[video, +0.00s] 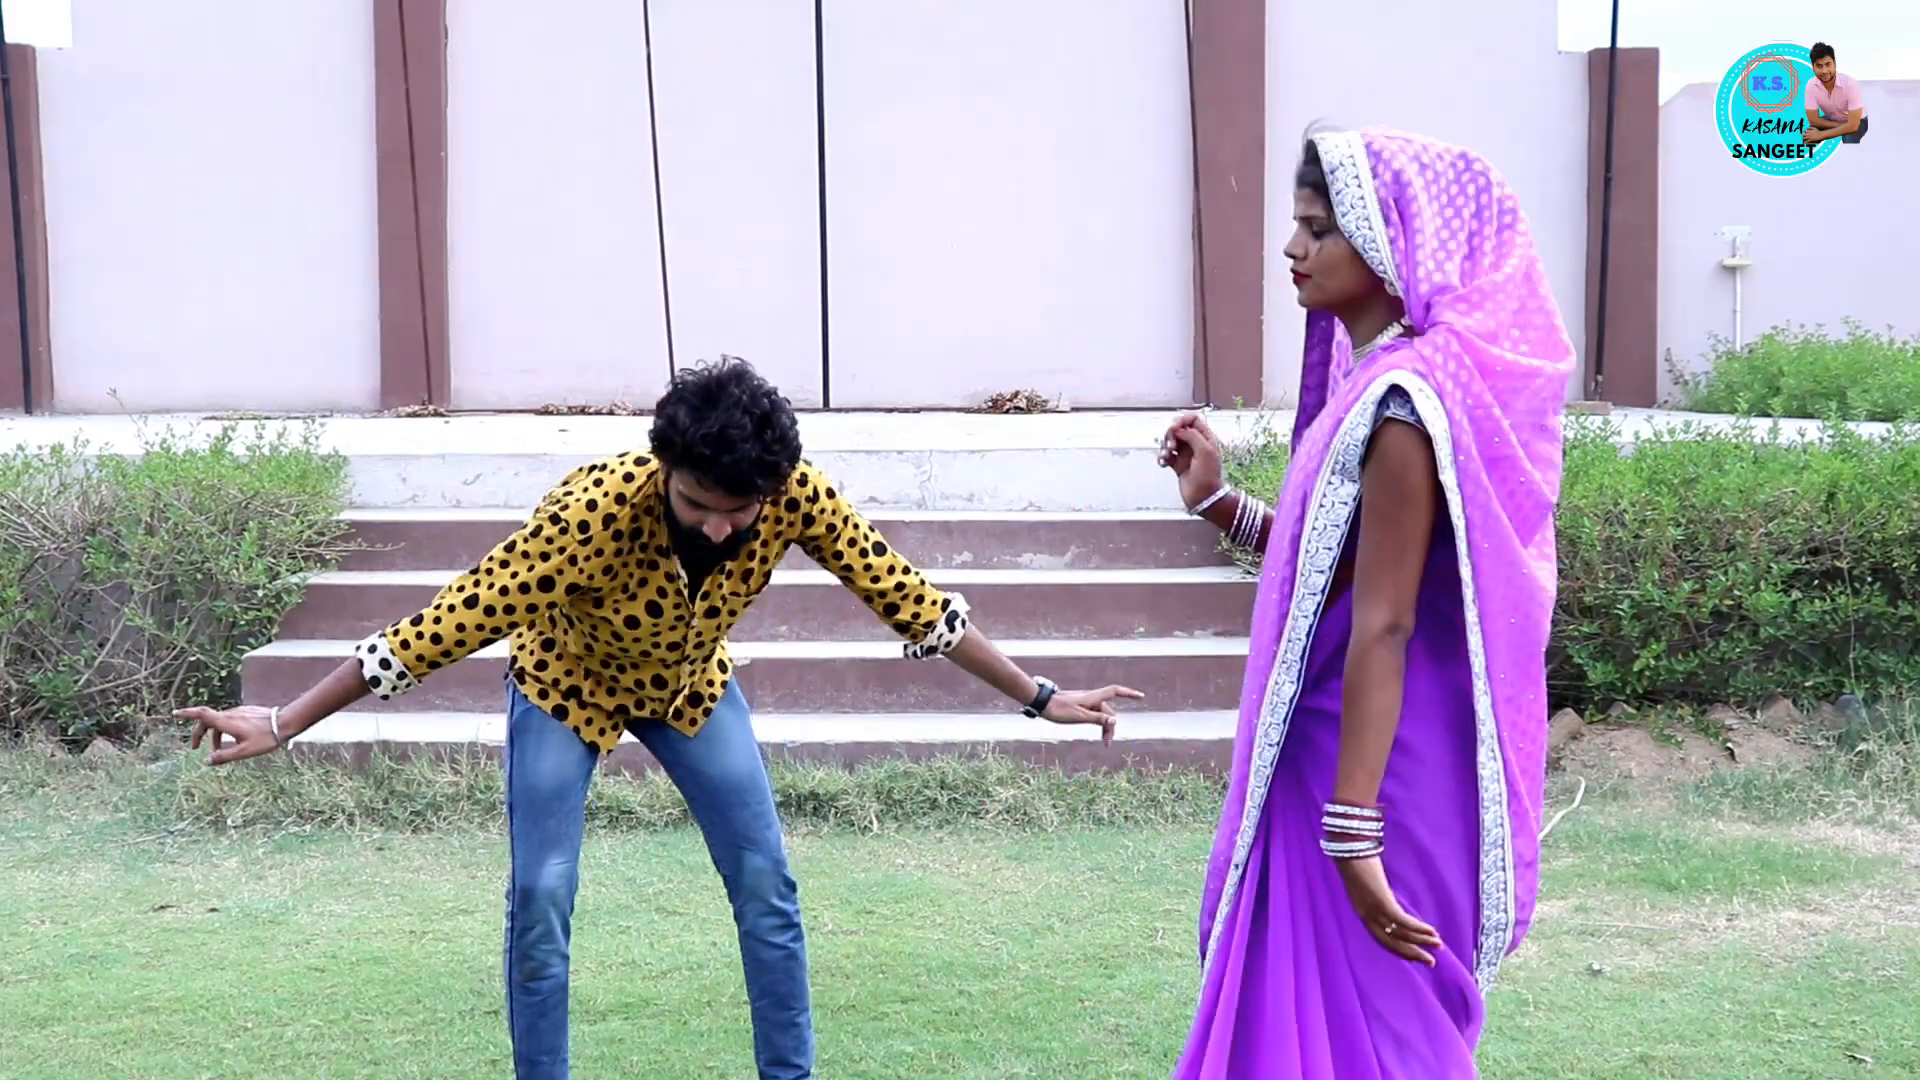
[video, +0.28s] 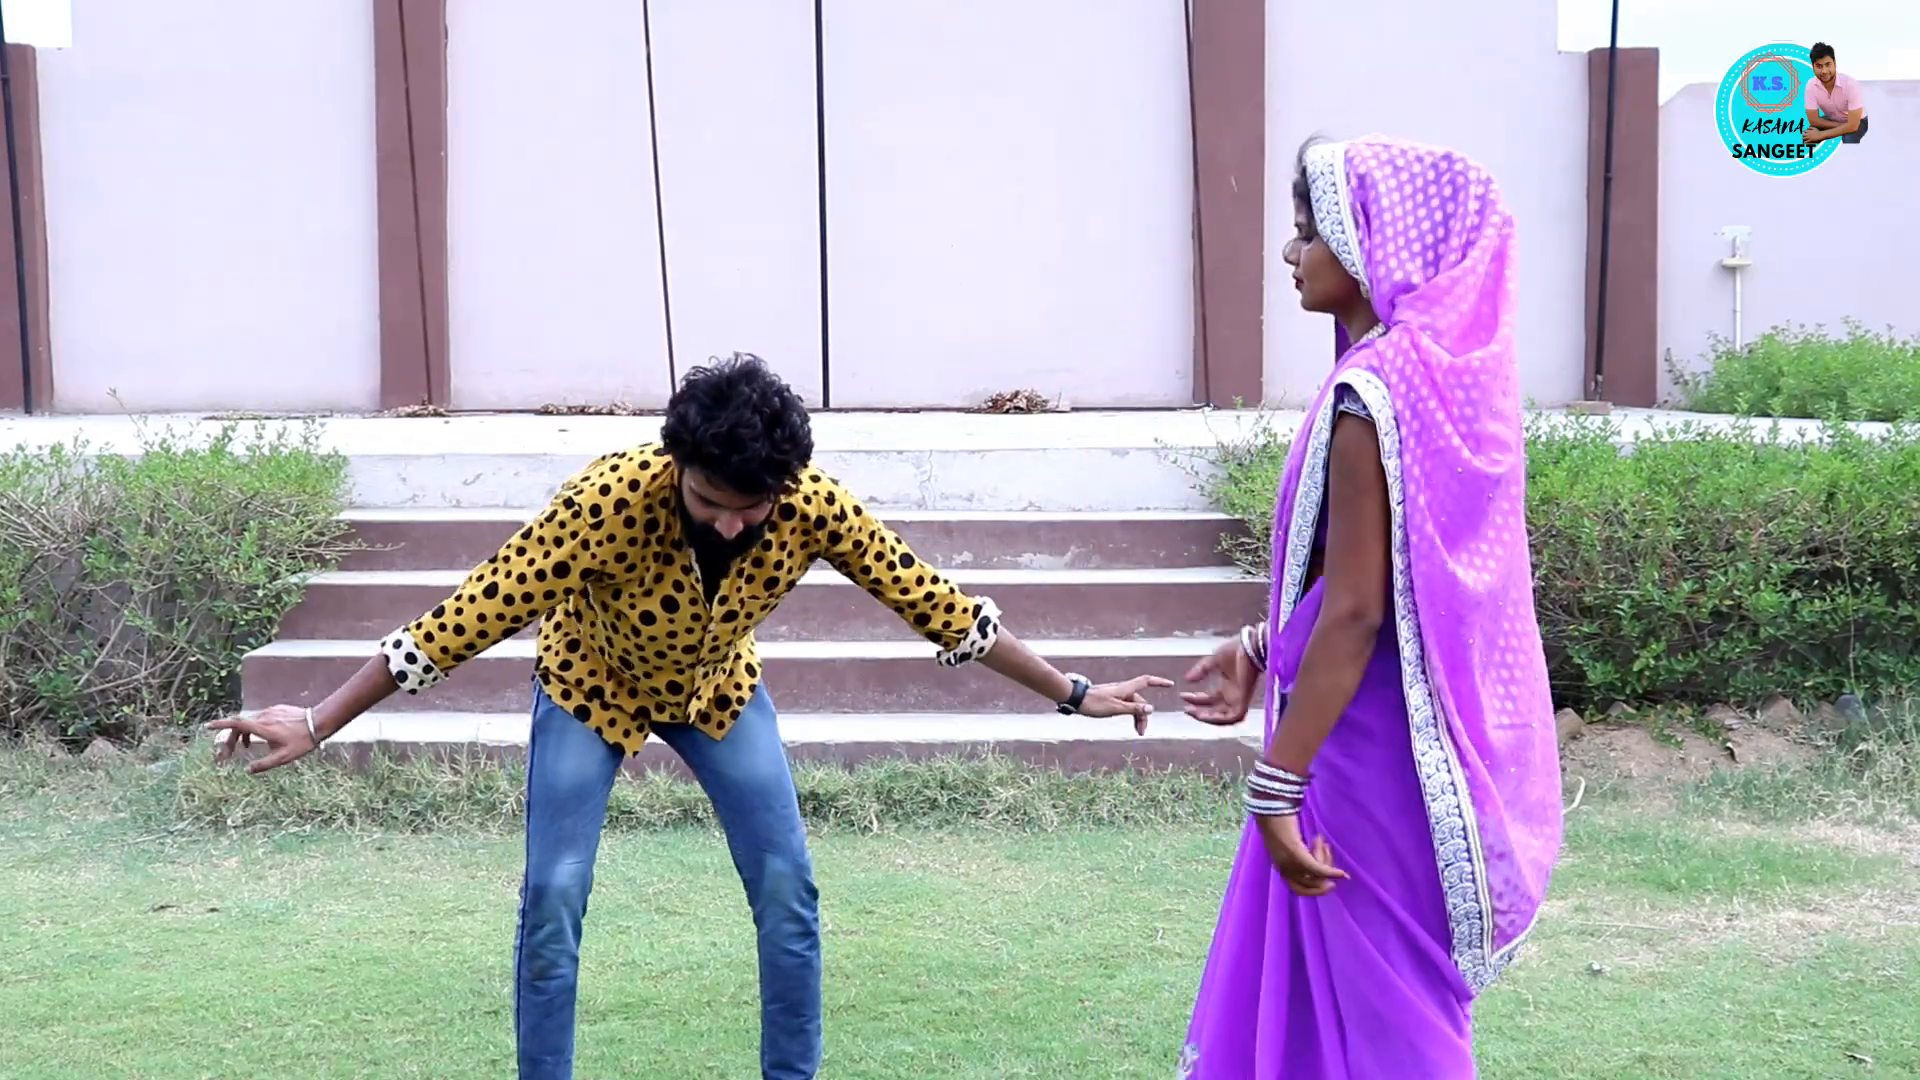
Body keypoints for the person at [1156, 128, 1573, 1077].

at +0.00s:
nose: (1292, 253)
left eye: (1316, 231)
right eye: (1295, 230)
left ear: (1391, 249)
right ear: (1375, 254)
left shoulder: (1404, 406)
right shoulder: (1379, 388)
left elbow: (1386, 627)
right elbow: (1345, 574)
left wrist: (1352, 824)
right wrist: (1219, 506)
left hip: (1365, 790)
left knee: (1354, 1035)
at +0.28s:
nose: (1293, 252)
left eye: (1310, 233)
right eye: (1298, 231)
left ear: (1373, 248)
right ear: (1384, 251)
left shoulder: (1369, 393)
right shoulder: (1443, 368)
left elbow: (1357, 608)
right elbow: (1368, 570)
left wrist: (1279, 781)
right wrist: (1260, 649)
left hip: (1359, 763)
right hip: (1419, 741)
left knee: (1362, 1027)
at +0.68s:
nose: (1289, 258)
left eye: (1306, 238)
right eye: (1292, 236)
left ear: (1374, 249)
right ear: (1382, 252)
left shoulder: (1364, 388)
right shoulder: (1447, 371)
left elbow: (1315, 586)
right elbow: (1415, 570)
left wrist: (1166, 653)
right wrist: (1284, 593)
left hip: (1339, 731)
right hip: (1411, 724)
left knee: (1274, 969)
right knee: (1386, 954)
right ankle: (1415, 1058)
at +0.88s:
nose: (1298, 253)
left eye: (1322, 235)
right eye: (1297, 232)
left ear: (1389, 252)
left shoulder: (1359, 388)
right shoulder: (1444, 368)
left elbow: (1313, 584)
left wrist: (1228, 732)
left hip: (1334, 725)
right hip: (1411, 717)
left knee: (1272, 966)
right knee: (1385, 958)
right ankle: (1390, 1062)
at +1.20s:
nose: (1262, 249)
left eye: (1287, 235)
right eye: (1262, 230)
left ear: (1350, 255)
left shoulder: (1326, 382)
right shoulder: (1382, 366)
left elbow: (1353, 573)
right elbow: (1374, 571)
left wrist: (1341, 755)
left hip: (1299, 728)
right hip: (1348, 718)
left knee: (1263, 973)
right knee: (1333, 970)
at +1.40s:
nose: (1266, 246)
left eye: (1293, 230)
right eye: (1261, 226)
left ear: (1353, 249)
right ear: (1256, 231)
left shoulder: (1325, 367)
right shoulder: (1354, 354)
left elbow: (1349, 532)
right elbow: (1340, 532)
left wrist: (1344, 697)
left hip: (1286, 695)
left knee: (1282, 954)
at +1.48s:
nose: (1271, 249)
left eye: (1298, 234)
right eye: (1265, 230)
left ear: (1355, 253)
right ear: (1256, 235)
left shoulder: (1325, 367)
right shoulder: (1351, 357)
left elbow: (1353, 514)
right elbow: (1341, 522)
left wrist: (1351, 655)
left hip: (1291, 691)